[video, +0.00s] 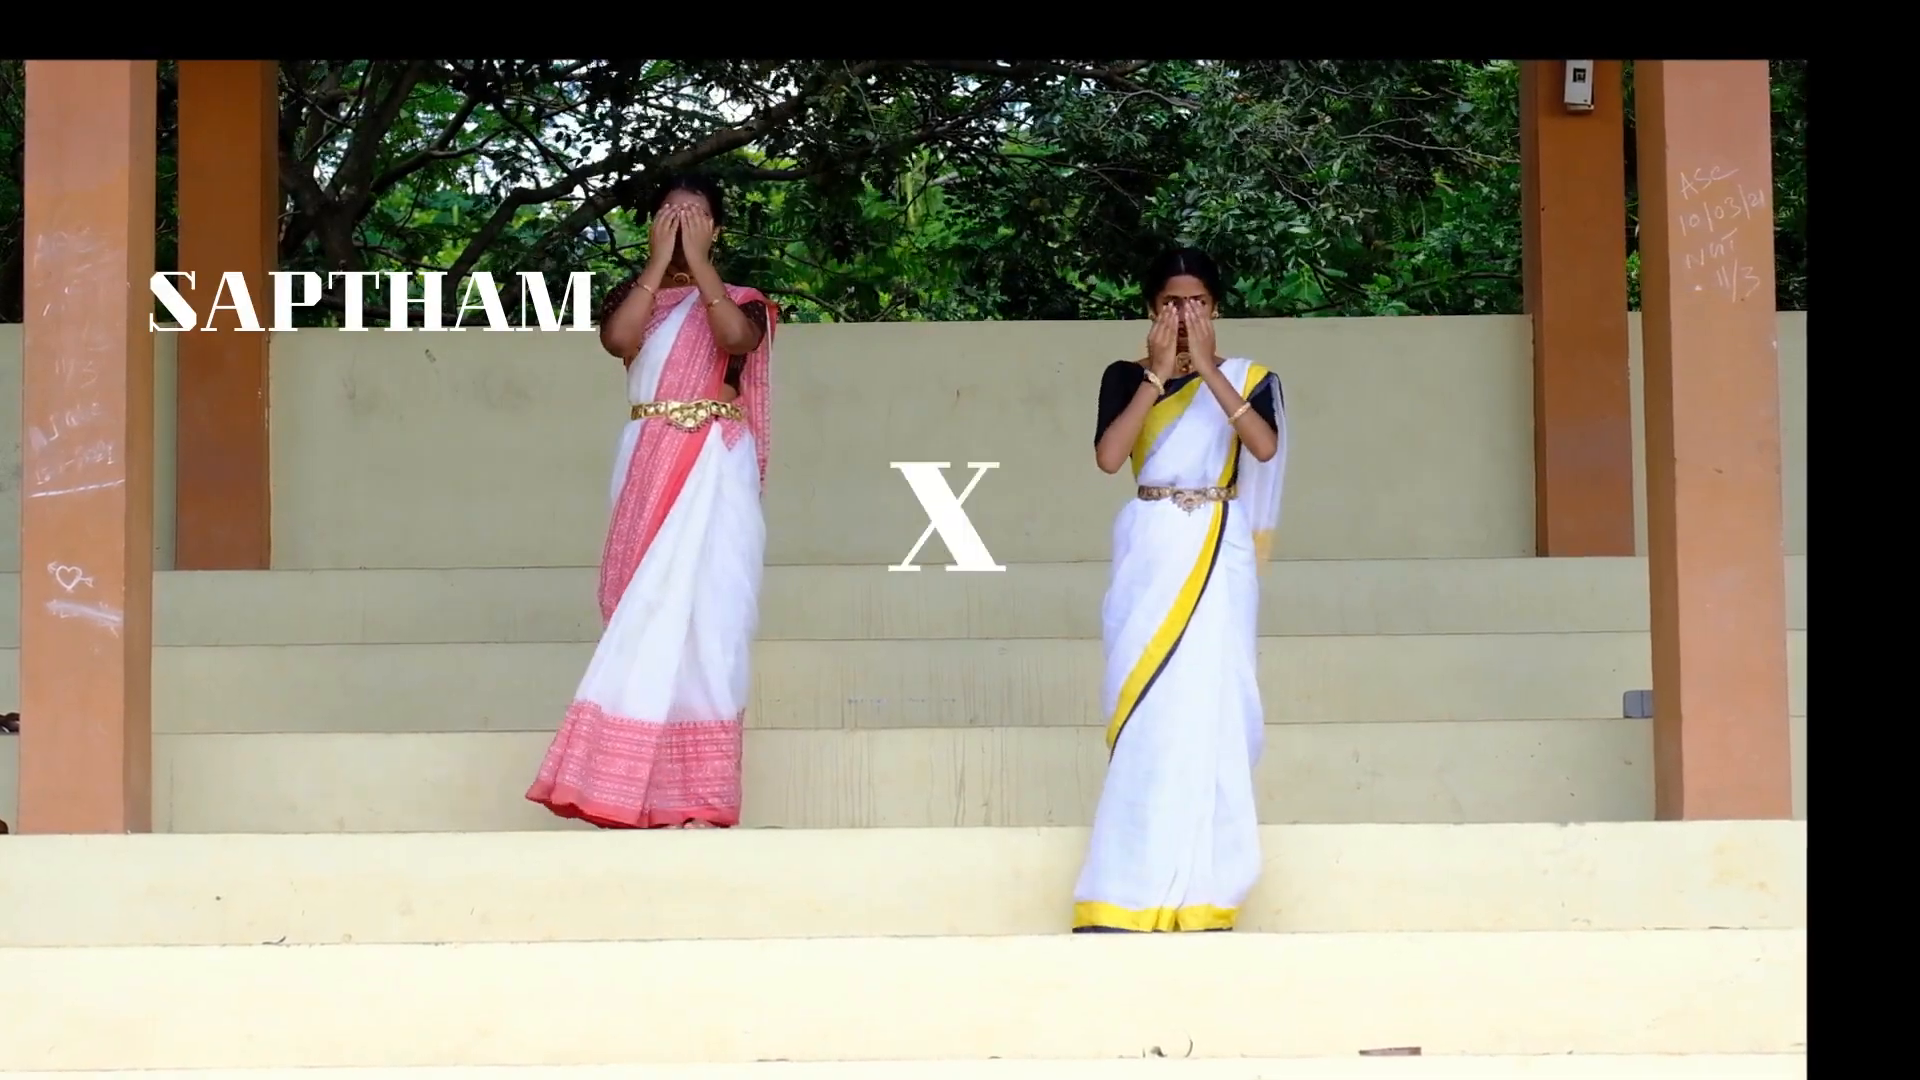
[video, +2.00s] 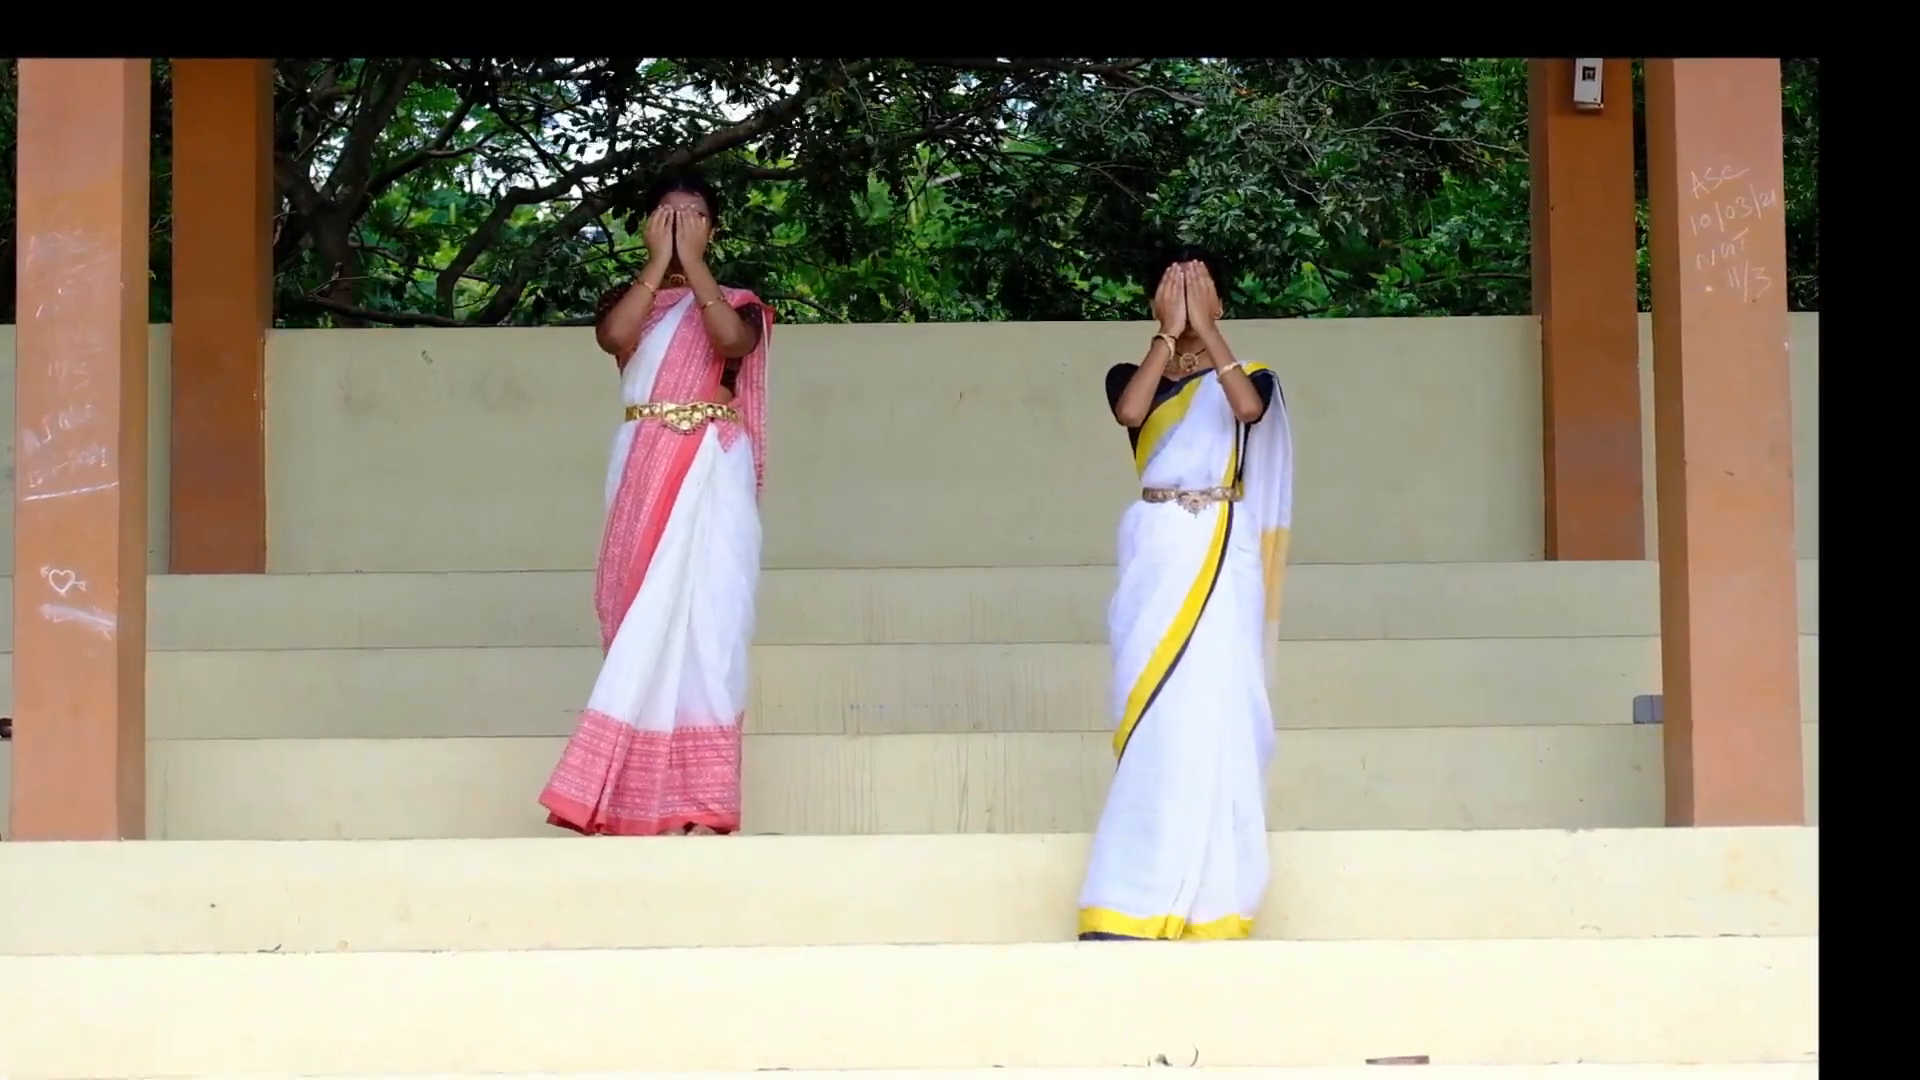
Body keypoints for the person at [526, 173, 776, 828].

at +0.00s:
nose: (681, 225)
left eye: (694, 213)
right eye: (671, 214)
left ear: (716, 229)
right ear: (655, 228)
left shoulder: (744, 302)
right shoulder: (636, 298)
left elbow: (735, 336)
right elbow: (621, 340)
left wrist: (700, 258)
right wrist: (655, 259)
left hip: (714, 474)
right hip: (647, 471)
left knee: (703, 623)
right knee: (646, 618)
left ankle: (698, 797)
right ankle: (633, 792)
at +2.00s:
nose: (679, 227)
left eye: (692, 215)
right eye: (669, 215)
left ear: (713, 229)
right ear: (650, 228)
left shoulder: (741, 304)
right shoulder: (628, 300)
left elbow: (731, 339)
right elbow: (617, 338)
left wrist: (696, 260)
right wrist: (656, 262)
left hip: (713, 477)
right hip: (643, 476)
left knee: (706, 629)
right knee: (639, 626)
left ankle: (702, 805)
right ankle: (630, 803)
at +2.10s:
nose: (678, 229)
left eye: (691, 217)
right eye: (667, 217)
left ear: (713, 230)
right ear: (650, 229)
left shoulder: (740, 304)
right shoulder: (630, 300)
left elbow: (732, 340)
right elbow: (617, 338)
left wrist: (697, 261)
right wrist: (658, 262)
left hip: (713, 479)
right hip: (644, 478)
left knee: (705, 629)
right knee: (640, 627)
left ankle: (703, 803)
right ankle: (631, 801)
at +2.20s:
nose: (676, 226)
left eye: (690, 216)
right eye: (667, 214)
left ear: (712, 229)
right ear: (648, 226)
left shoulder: (739, 304)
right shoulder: (629, 300)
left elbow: (732, 340)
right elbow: (616, 338)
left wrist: (696, 263)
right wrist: (658, 263)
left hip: (714, 479)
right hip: (643, 479)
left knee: (706, 629)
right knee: (640, 627)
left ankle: (703, 804)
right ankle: (631, 801)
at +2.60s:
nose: (675, 229)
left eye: (688, 217)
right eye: (664, 216)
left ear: (711, 229)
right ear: (646, 227)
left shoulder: (739, 305)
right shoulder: (628, 302)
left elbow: (732, 340)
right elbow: (614, 337)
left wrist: (692, 260)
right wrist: (657, 264)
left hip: (712, 479)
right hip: (643, 479)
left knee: (705, 629)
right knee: (639, 627)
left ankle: (703, 805)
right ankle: (633, 801)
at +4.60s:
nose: (690, 227)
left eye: (701, 215)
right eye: (678, 215)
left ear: (719, 223)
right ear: (656, 224)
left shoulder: (741, 300)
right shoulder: (638, 300)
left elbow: (751, 349)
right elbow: (597, 346)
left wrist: (702, 275)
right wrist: (656, 270)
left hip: (720, 479)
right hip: (650, 478)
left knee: (708, 632)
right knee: (653, 630)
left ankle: (699, 810)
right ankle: (647, 805)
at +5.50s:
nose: (720, 243)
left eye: (733, 230)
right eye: (708, 232)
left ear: (757, 239)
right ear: (693, 243)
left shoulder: (784, 328)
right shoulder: (669, 320)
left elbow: (835, 411)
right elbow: (636, 407)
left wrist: (896, 477)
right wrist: (634, 455)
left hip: (756, 487)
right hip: (684, 486)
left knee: (751, 621)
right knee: (697, 625)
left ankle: (734, 795)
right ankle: (721, 791)